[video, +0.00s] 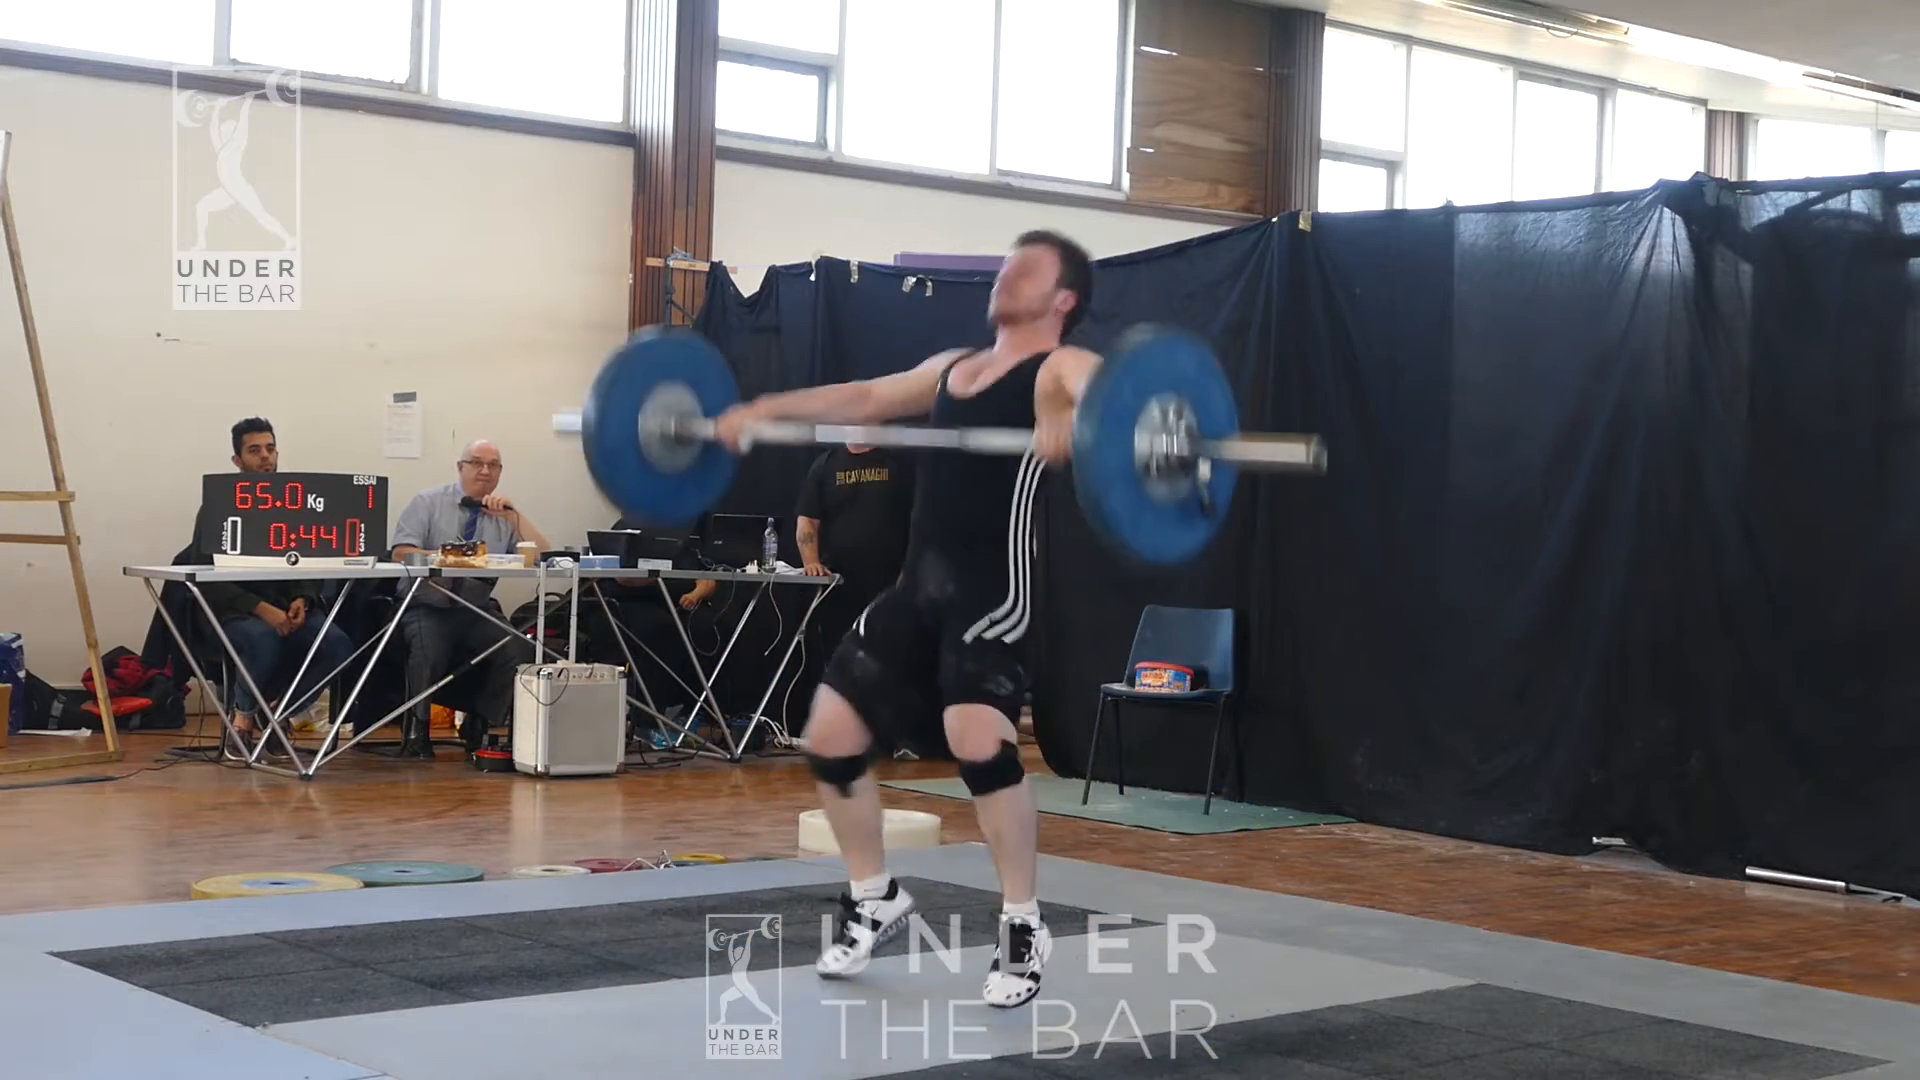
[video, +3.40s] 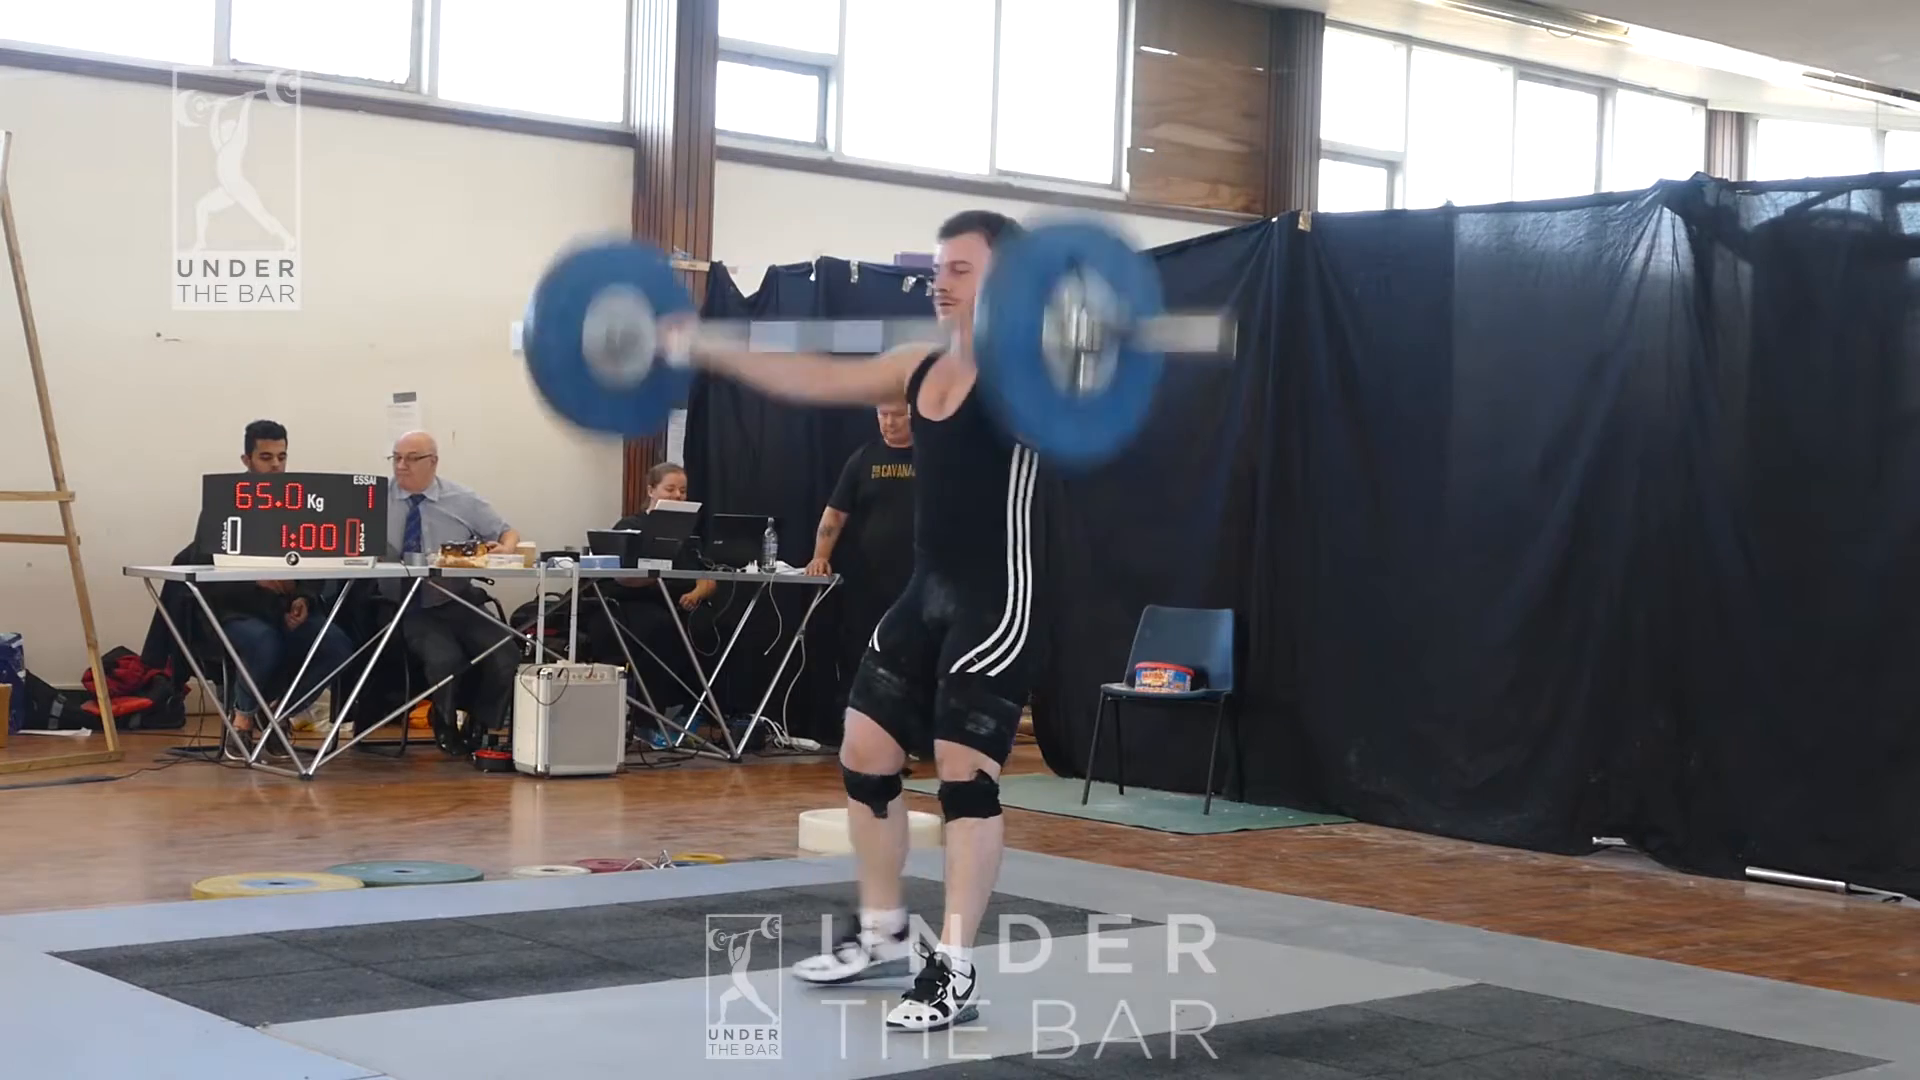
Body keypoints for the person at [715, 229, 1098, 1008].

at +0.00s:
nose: (1005, 272)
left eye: (1024, 267)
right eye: (1007, 261)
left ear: (1062, 298)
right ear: (999, 285)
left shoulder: (1064, 366)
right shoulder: (956, 365)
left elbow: (1108, 399)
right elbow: (864, 401)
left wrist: (1075, 420)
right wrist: (762, 409)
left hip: (993, 597)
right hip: (916, 591)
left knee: (977, 739)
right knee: (831, 738)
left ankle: (1020, 925)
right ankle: (874, 902)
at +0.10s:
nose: (948, 368)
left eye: (966, 356)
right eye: (944, 355)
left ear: (1012, 363)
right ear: (938, 359)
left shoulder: (1033, 432)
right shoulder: (924, 432)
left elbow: (1125, 449)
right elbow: (846, 431)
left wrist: (1082, 388)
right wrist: (771, 374)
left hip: (1000, 673)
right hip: (920, 666)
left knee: (1001, 791)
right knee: (791, 769)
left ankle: (1012, 956)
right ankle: (862, 916)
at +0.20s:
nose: (864, 469)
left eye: (880, 455)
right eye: (861, 457)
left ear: (928, 464)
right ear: (859, 462)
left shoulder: (967, 528)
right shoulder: (865, 524)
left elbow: (1051, 491)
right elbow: (795, 473)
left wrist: (1069, 395)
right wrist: (750, 381)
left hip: (997, 743)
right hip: (902, 747)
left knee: (974, 806)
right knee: (783, 797)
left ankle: (1004, 961)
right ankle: (863, 932)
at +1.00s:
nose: (798, 361)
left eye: (812, 346)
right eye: (793, 348)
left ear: (864, 346)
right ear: (798, 351)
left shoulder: (922, 411)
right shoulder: (824, 416)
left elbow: (1008, 358)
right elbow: (777, 342)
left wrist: (1068, 272)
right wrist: (760, 258)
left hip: (969, 644)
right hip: (887, 640)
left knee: (951, 803)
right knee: (798, 780)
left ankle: (1000, 949)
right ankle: (848, 913)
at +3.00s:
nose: (802, 284)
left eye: (817, 270)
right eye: (799, 271)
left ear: (871, 273)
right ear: (804, 280)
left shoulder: (913, 346)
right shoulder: (811, 346)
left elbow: (991, 286)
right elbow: (758, 282)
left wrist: (1032, 188)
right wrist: (724, 199)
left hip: (925, 595)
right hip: (847, 594)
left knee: (924, 771)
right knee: (836, 765)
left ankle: (950, 971)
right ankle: (837, 952)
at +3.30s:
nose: (913, 282)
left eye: (930, 269)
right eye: (909, 270)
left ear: (980, 275)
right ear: (911, 277)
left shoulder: (1001, 351)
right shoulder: (902, 345)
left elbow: (1029, 323)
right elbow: (799, 305)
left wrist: (1031, 243)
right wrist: (706, 233)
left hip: (985, 601)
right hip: (910, 594)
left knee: (953, 767)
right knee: (863, 756)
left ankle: (952, 969)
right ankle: (838, 947)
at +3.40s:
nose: (945, 284)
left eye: (963, 270)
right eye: (940, 271)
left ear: (1008, 281)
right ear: (935, 282)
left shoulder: (1022, 363)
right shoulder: (922, 368)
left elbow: (1066, 352)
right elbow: (811, 377)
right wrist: (701, 344)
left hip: (998, 609)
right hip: (923, 600)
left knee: (965, 767)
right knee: (867, 752)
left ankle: (954, 968)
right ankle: (882, 933)